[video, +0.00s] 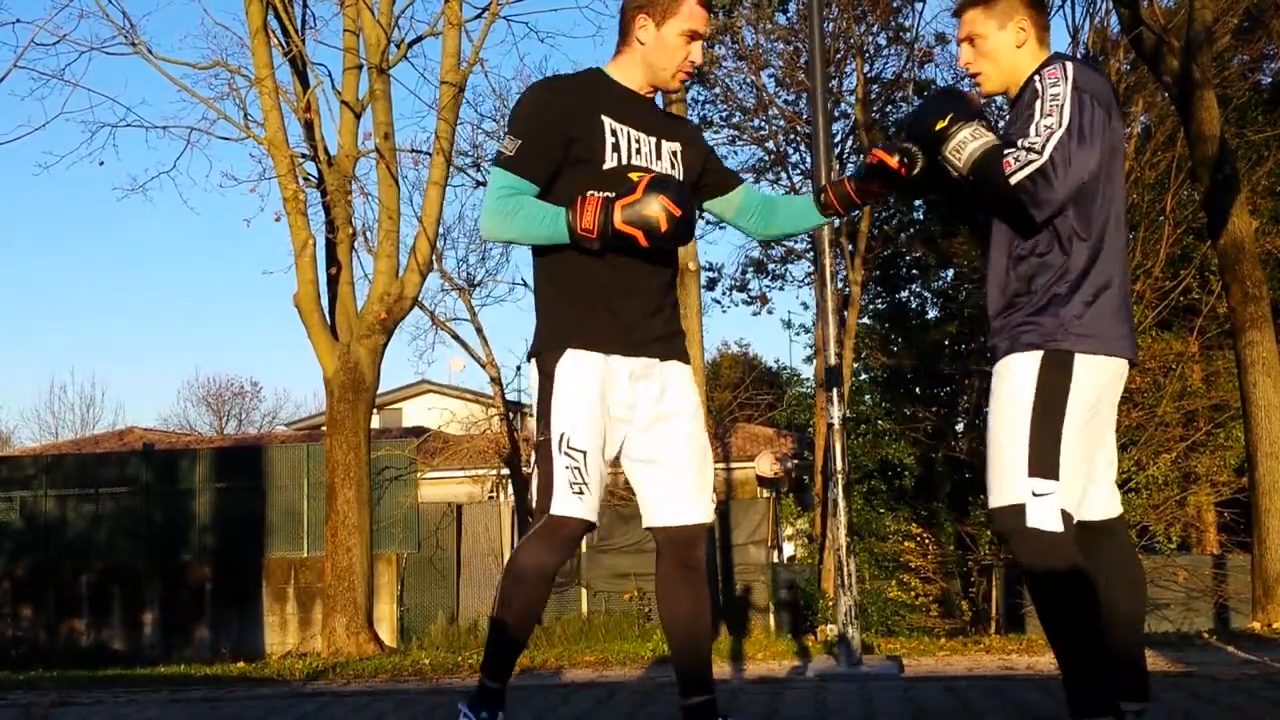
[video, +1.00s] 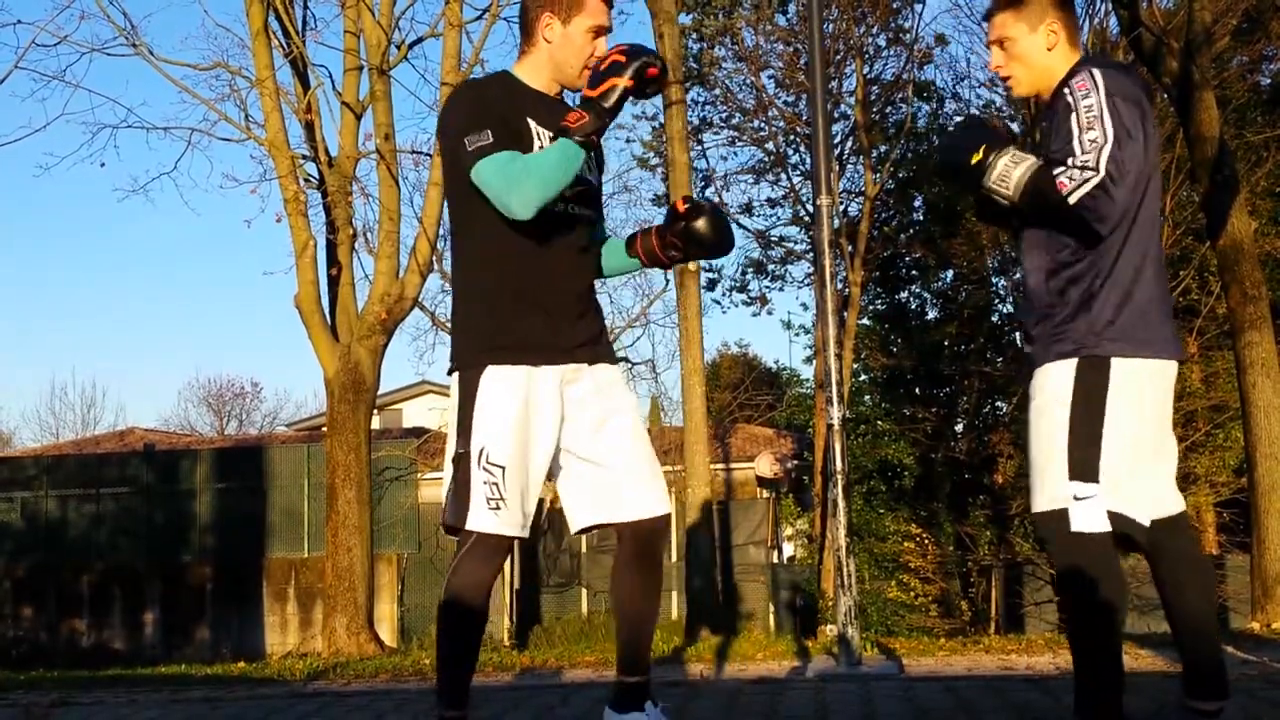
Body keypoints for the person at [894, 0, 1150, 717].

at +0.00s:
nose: (962, 60)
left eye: (970, 41)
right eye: (960, 45)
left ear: (1021, 32)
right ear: (1019, 37)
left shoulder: (1065, 83)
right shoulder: (1040, 101)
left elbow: (1033, 192)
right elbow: (993, 201)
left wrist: (962, 133)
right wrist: (930, 158)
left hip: (1054, 332)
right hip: (1083, 331)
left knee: (1026, 514)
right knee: (1092, 511)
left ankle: (1095, 705)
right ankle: (1128, 698)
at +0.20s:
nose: (962, 57)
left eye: (972, 39)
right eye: (960, 42)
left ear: (1021, 30)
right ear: (1018, 33)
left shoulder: (1060, 80)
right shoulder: (1037, 99)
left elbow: (1038, 191)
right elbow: (1002, 196)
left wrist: (966, 142)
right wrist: (926, 190)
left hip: (1057, 337)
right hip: (1065, 336)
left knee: (1051, 526)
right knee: (1089, 521)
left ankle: (1106, 710)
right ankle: (1123, 704)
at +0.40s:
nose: (942, 60)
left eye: (950, 40)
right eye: (940, 45)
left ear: (999, 27)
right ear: (993, 31)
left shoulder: (1051, 73)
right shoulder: (1024, 97)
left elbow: (1022, 196)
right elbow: (1003, 206)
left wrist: (947, 139)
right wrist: (914, 188)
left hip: (1078, 334)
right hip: (1061, 336)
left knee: (1080, 530)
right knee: (1084, 530)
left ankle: (1117, 710)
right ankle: (1115, 706)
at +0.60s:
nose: (943, 57)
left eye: (951, 37)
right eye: (939, 40)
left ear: (1001, 23)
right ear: (996, 27)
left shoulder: (1050, 71)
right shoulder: (1030, 87)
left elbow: (1018, 196)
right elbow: (997, 193)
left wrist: (947, 143)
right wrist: (950, 134)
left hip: (1089, 334)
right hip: (1074, 334)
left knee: (1100, 530)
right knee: (1104, 529)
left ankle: (1131, 710)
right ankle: (1133, 705)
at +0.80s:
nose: (976, 55)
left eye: (985, 35)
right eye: (973, 38)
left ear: (1037, 25)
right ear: (1031, 29)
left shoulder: (1077, 79)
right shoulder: (1072, 88)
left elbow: (1041, 188)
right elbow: (1025, 192)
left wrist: (986, 147)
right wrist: (982, 144)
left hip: (1084, 333)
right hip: (1109, 329)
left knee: (1090, 526)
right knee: (1137, 519)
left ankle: (1112, 709)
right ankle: (1206, 696)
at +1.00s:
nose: (993, 61)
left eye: (1002, 44)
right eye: (990, 47)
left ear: (1050, 37)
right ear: (1046, 40)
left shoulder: (1091, 87)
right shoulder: (1070, 105)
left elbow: (1093, 201)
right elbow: (1051, 208)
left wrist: (995, 161)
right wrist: (988, 163)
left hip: (1092, 340)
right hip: (1127, 337)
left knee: (1070, 525)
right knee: (1154, 511)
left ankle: (1098, 709)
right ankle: (1208, 697)